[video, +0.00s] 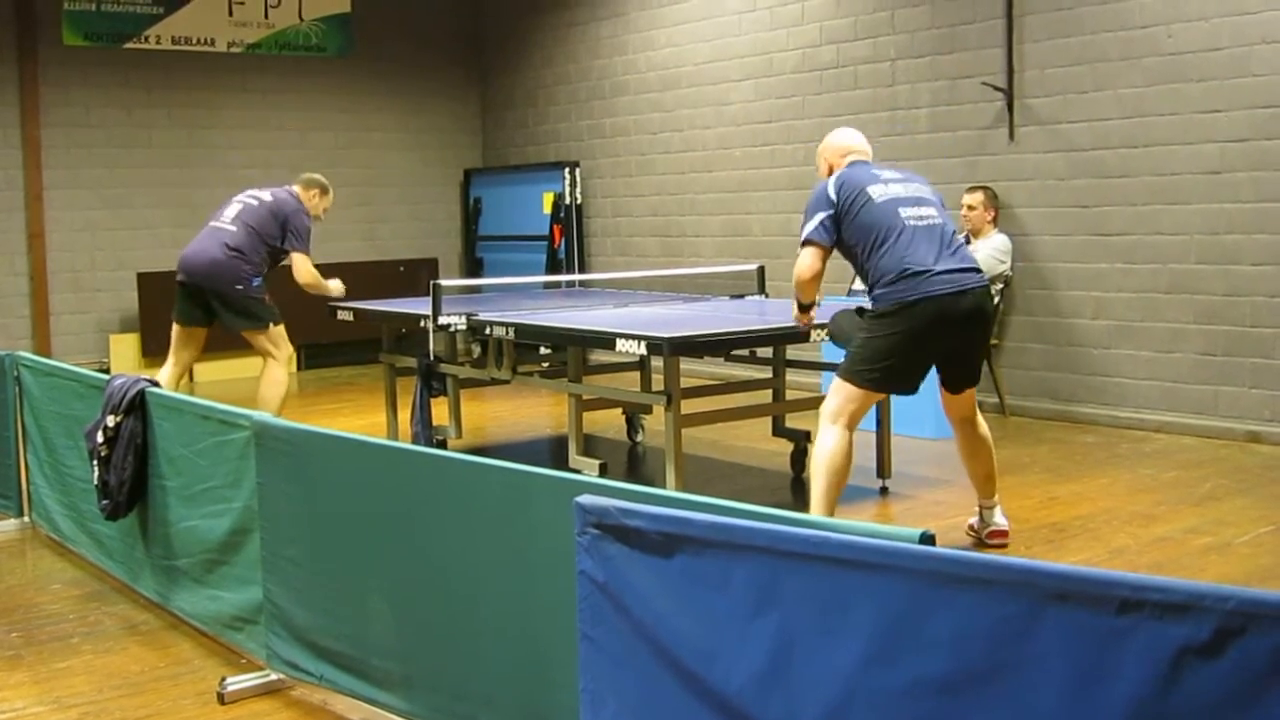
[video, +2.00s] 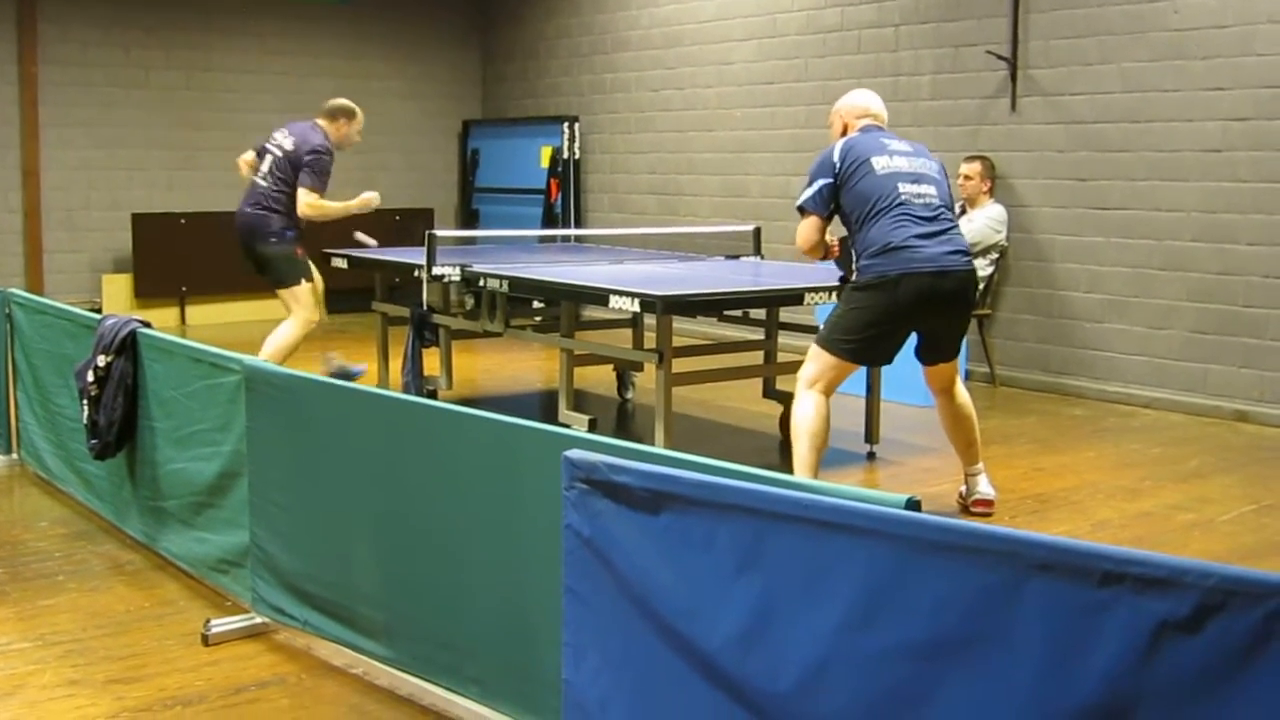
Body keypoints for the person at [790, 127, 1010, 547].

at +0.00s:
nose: (821, 175)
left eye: (820, 168)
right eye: (819, 168)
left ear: (831, 161)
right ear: (865, 154)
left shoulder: (831, 188)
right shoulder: (914, 179)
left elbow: (807, 271)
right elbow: (938, 243)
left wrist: (804, 307)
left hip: (907, 305)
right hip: (972, 298)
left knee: (837, 416)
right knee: (966, 412)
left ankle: (816, 534)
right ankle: (992, 517)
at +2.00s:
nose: (833, 135)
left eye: (833, 128)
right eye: (833, 129)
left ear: (845, 123)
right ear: (882, 121)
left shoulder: (837, 154)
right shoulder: (925, 154)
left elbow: (807, 240)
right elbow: (941, 218)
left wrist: (827, 248)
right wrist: (861, 242)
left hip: (890, 275)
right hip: (955, 275)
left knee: (813, 384)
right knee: (947, 383)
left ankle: (802, 494)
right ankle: (978, 483)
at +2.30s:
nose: (824, 104)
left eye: (824, 98)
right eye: (825, 98)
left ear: (833, 94)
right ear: (872, 95)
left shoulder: (825, 129)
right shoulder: (914, 132)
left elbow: (772, 207)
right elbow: (939, 209)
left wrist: (790, 175)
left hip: (872, 266)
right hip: (935, 263)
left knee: (801, 375)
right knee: (934, 376)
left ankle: (801, 490)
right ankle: (975, 477)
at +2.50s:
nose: (800, 92)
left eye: (801, 84)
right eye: (801, 85)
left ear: (810, 81)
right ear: (849, 83)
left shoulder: (798, 113)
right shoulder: (881, 123)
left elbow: (724, 171)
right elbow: (912, 202)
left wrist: (727, 154)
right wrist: (898, 241)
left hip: (836, 258)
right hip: (897, 261)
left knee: (774, 377)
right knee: (871, 350)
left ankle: (792, 486)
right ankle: (903, 455)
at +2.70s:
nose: (785, 93)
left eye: (785, 87)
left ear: (788, 86)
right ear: (835, 89)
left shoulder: (789, 107)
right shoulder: (861, 131)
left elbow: (742, 147)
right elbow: (868, 200)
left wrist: (707, 168)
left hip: (824, 251)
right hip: (877, 254)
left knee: (764, 372)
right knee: (827, 362)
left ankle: (792, 483)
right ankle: (826, 454)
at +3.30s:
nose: (775, 81)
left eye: (775, 75)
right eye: (777, 75)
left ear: (781, 75)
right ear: (824, 74)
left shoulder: (773, 113)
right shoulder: (861, 121)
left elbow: (704, 161)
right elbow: (900, 199)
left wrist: (684, 202)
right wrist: (862, 215)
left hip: (814, 260)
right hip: (878, 258)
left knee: (757, 380)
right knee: (865, 355)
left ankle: (768, 486)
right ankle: (899, 450)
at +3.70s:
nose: (831, 86)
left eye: (830, 80)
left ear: (833, 80)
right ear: (880, 81)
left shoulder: (816, 114)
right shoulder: (913, 127)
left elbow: (748, 191)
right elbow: (947, 216)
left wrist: (762, 209)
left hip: (854, 264)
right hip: (923, 267)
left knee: (785, 380)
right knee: (928, 375)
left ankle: (787, 492)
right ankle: (969, 477)